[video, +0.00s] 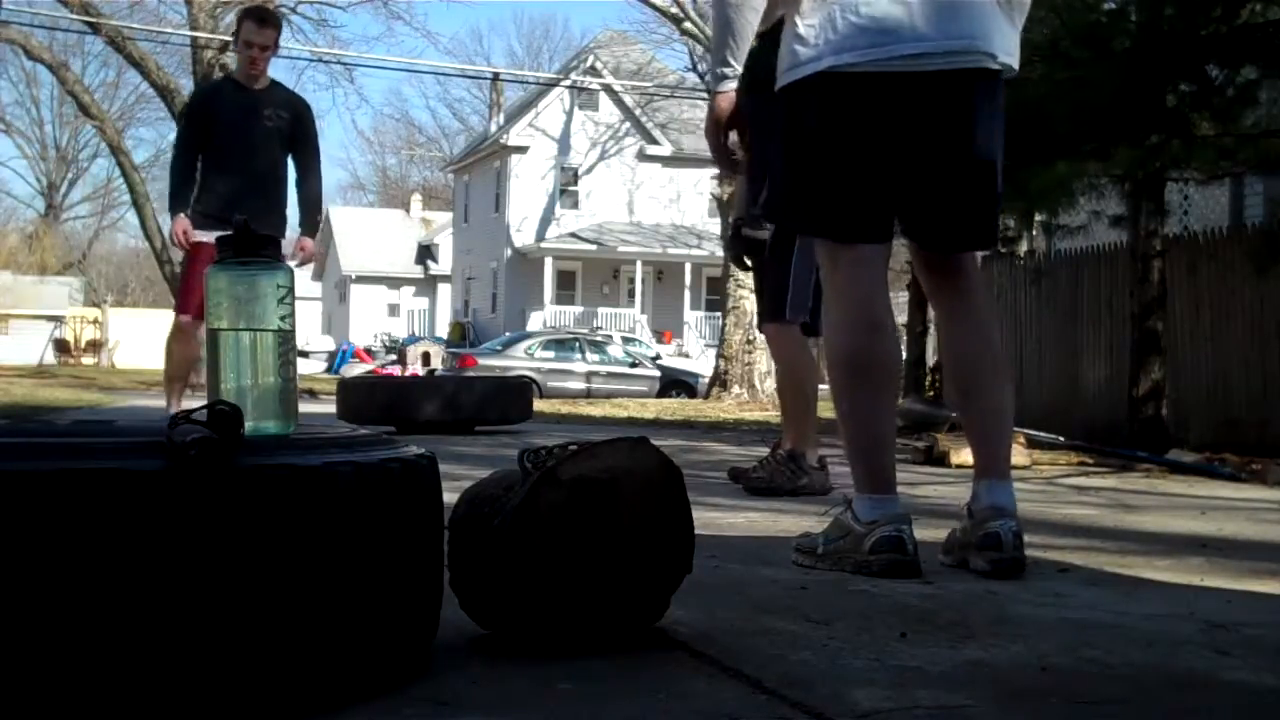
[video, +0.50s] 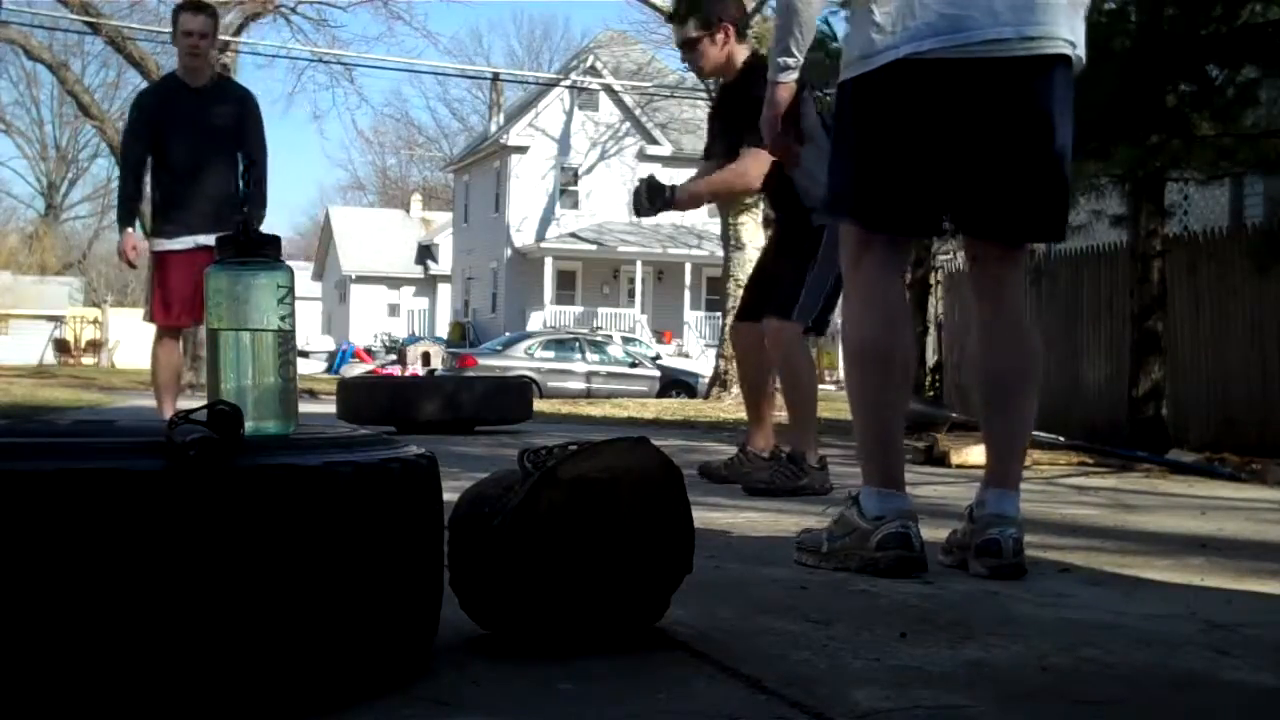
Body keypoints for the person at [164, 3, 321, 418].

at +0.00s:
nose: (256, 55)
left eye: (266, 47)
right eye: (249, 45)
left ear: (276, 50)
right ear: (235, 43)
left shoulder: (294, 107)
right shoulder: (206, 98)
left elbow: (309, 172)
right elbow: (184, 158)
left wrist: (309, 231)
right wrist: (178, 213)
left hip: (265, 233)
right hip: (209, 229)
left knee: (259, 328)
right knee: (188, 321)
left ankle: (255, 419)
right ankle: (175, 410)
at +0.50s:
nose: (195, 42)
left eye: (204, 35)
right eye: (188, 34)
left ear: (215, 40)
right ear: (175, 38)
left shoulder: (240, 99)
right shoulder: (151, 100)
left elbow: (257, 164)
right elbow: (131, 166)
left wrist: (251, 225)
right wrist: (127, 226)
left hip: (229, 231)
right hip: (173, 233)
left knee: (232, 329)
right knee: (170, 328)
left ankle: (232, 421)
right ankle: (170, 421)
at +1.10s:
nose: (201, 98)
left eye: (208, 90)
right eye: (192, 90)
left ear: (220, 93)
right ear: (179, 94)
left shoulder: (244, 144)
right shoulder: (160, 146)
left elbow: (284, 206)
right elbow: (124, 206)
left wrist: (254, 199)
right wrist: (145, 212)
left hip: (232, 260)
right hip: (178, 260)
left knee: (240, 337)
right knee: (160, 332)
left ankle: (238, 422)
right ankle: (170, 422)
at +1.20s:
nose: (208, 135)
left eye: (216, 127)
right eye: (199, 127)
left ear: (227, 129)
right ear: (186, 130)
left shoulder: (251, 176)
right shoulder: (167, 177)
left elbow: (291, 239)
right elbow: (128, 239)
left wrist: (257, 222)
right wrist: (156, 232)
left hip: (240, 277)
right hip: (183, 277)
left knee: (254, 336)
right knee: (162, 333)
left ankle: (246, 422)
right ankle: (170, 424)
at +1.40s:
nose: (219, 189)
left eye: (227, 180)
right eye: (211, 181)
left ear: (239, 181)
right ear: (198, 181)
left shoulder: (260, 220)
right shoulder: (178, 221)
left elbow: (294, 283)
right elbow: (140, 288)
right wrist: (177, 273)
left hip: (248, 295)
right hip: (194, 297)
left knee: (267, 337)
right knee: (163, 338)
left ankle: (258, 422)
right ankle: (172, 425)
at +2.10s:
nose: (227, 199)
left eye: (235, 191)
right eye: (219, 191)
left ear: (247, 193)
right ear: (207, 192)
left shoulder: (270, 231)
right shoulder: (184, 230)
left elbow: (295, 295)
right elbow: (148, 298)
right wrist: (181, 269)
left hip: (250, 303)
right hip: (194, 304)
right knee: (171, 343)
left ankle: (255, 423)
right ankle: (173, 425)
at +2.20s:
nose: (228, 161)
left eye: (236, 153)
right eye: (220, 153)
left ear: (249, 159)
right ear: (208, 158)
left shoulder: (269, 199)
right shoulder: (186, 198)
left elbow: (303, 255)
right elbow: (146, 258)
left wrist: (264, 211)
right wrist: (182, 214)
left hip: (250, 285)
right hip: (195, 286)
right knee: (173, 343)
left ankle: (255, 425)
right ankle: (174, 426)